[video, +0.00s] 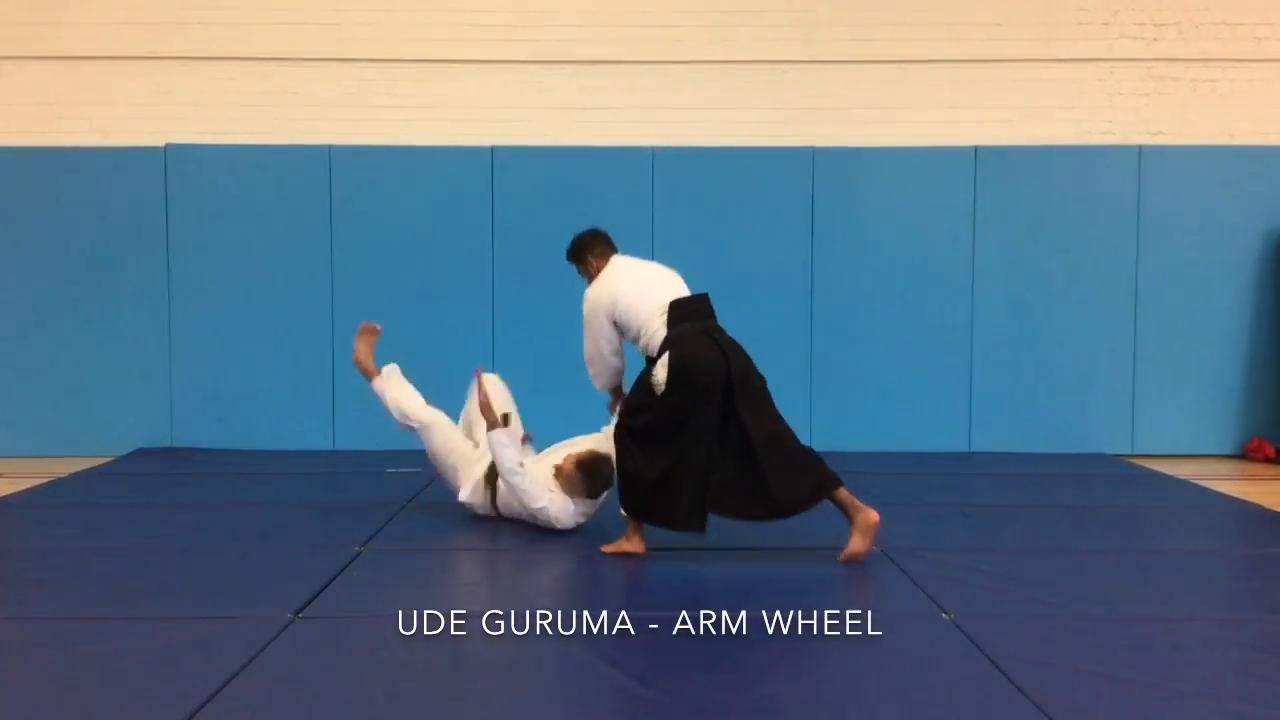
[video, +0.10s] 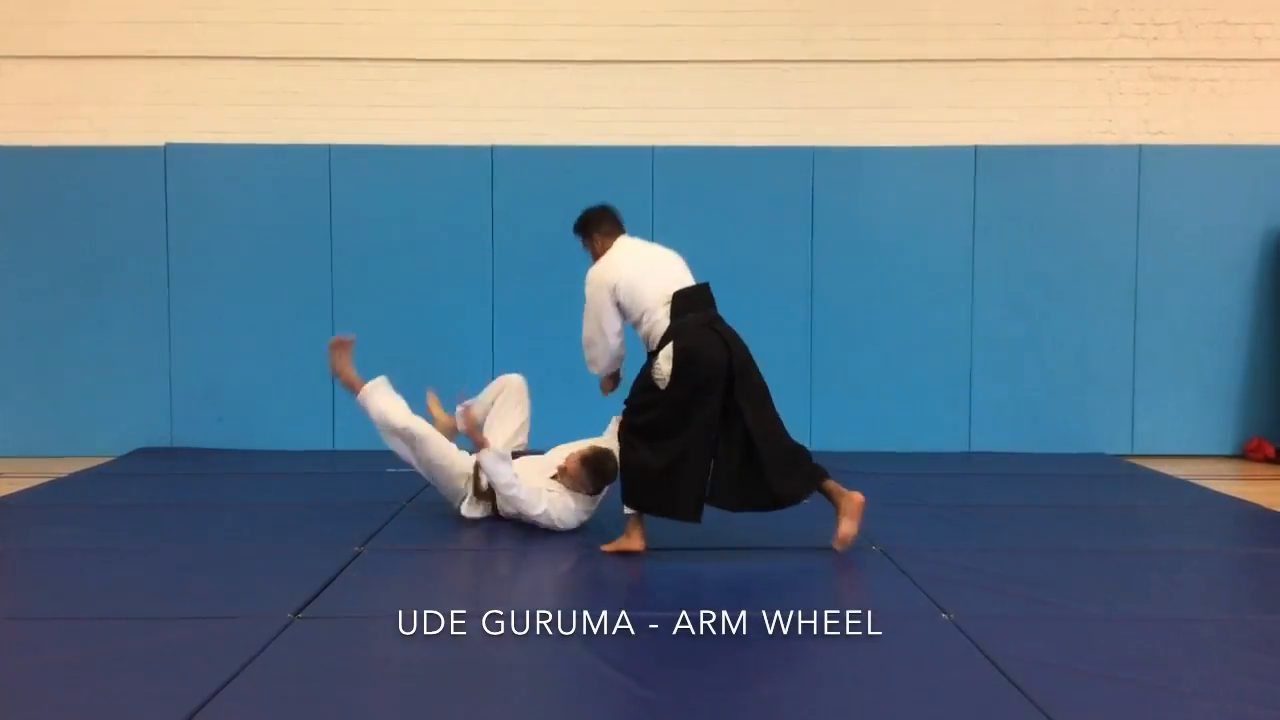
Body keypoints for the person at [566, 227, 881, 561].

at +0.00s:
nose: (583, 277)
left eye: (581, 270)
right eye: (582, 270)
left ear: (589, 262)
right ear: (611, 251)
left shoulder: (598, 291)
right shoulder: (650, 267)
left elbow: (603, 364)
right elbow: (674, 316)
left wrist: (614, 394)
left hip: (680, 361)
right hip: (723, 349)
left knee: (632, 433)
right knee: (773, 436)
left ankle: (633, 535)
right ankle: (858, 513)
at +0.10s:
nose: (587, 251)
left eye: (586, 244)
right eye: (586, 245)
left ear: (596, 239)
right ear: (619, 230)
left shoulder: (602, 272)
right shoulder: (658, 251)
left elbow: (603, 338)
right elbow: (675, 303)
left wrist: (609, 373)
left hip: (680, 351)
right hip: (721, 339)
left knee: (634, 433)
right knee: (761, 428)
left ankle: (634, 531)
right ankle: (842, 498)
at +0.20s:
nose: (604, 235)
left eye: (602, 227)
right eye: (601, 228)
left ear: (611, 223)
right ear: (636, 216)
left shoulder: (618, 257)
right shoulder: (677, 242)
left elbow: (614, 329)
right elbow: (687, 295)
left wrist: (616, 373)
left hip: (684, 345)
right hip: (724, 334)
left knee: (643, 429)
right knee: (747, 426)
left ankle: (636, 528)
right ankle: (822, 492)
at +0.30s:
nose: (628, 222)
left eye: (627, 214)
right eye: (627, 214)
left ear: (637, 210)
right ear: (661, 206)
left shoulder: (641, 248)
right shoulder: (703, 238)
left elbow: (633, 319)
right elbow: (719, 294)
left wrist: (632, 378)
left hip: (695, 343)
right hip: (735, 335)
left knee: (649, 426)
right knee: (744, 420)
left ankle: (640, 529)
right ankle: (790, 498)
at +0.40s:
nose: (655, 213)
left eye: (656, 205)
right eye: (655, 206)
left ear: (667, 203)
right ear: (691, 201)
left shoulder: (673, 245)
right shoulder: (729, 238)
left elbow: (667, 317)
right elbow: (738, 297)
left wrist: (656, 379)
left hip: (714, 348)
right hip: (749, 342)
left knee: (667, 425)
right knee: (750, 425)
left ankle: (644, 522)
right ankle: (792, 503)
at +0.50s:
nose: (679, 204)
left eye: (682, 196)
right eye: (680, 196)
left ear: (697, 197)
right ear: (715, 197)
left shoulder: (702, 242)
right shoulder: (748, 236)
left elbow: (701, 312)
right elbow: (755, 296)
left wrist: (690, 372)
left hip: (728, 346)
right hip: (762, 340)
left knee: (681, 418)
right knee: (765, 425)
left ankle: (658, 512)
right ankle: (795, 507)